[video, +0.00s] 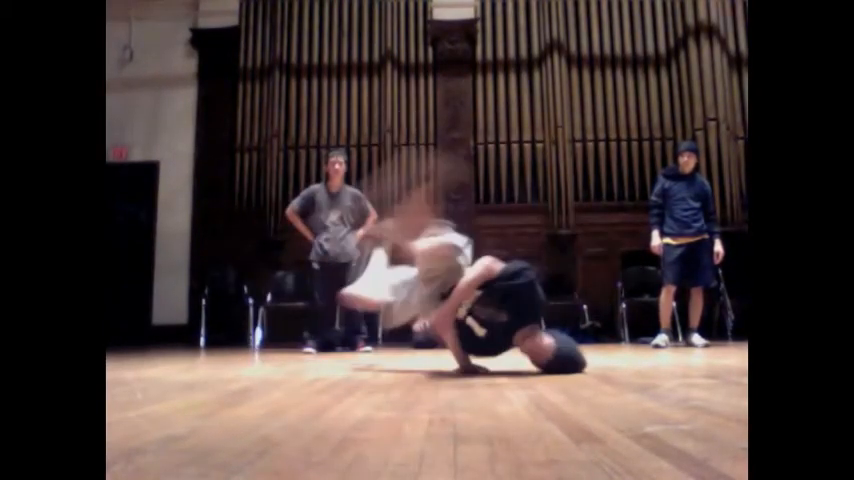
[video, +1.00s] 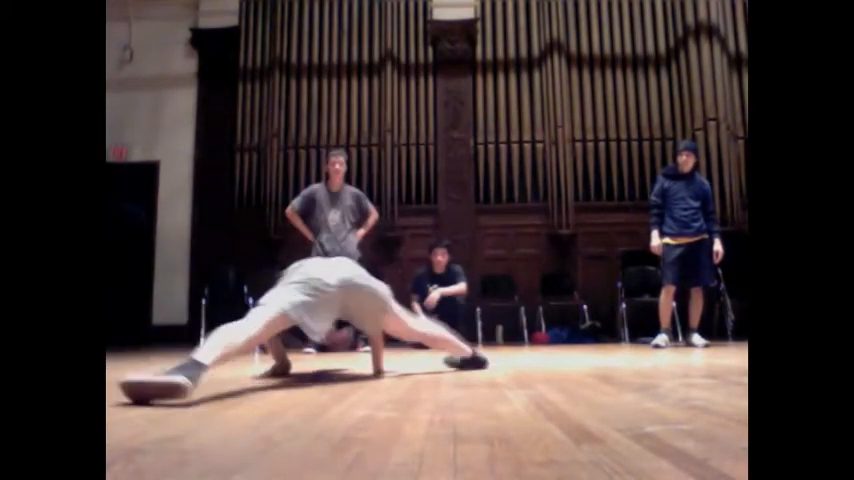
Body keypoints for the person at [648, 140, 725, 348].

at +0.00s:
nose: (686, 161)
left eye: (690, 157)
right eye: (683, 156)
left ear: (696, 160)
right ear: (677, 159)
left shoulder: (702, 184)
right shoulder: (665, 181)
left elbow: (710, 215)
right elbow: (655, 208)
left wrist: (716, 239)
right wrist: (655, 233)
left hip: (699, 240)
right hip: (673, 240)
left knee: (697, 287)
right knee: (669, 286)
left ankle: (693, 332)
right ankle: (664, 332)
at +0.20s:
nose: (686, 161)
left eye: (690, 157)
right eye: (683, 156)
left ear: (696, 160)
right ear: (677, 159)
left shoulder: (702, 184)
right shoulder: (665, 181)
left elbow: (710, 215)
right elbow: (655, 208)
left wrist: (716, 239)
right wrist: (655, 233)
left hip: (699, 240)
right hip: (673, 240)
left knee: (697, 287)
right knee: (669, 286)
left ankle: (693, 332)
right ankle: (664, 332)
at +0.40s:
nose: (686, 160)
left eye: (691, 156)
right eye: (683, 156)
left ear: (697, 159)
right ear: (678, 158)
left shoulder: (702, 184)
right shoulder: (665, 181)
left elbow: (710, 215)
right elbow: (655, 208)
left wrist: (716, 240)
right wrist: (655, 233)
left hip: (699, 240)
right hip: (673, 240)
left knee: (697, 287)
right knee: (669, 286)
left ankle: (693, 332)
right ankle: (664, 332)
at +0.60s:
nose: (685, 160)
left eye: (689, 156)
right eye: (682, 156)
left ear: (696, 159)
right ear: (677, 158)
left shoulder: (702, 184)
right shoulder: (665, 181)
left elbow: (711, 215)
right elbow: (656, 209)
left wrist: (716, 239)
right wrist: (655, 233)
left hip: (699, 240)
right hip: (673, 241)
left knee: (697, 288)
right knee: (669, 287)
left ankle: (693, 332)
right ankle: (664, 332)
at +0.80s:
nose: (685, 160)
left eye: (689, 156)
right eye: (681, 156)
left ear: (696, 159)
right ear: (677, 158)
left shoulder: (702, 184)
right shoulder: (665, 181)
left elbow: (711, 215)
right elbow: (656, 209)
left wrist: (716, 239)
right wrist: (655, 233)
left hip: (699, 240)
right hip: (673, 240)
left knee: (697, 288)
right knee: (669, 287)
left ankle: (693, 332)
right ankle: (664, 332)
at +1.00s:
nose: (684, 160)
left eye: (688, 156)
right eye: (681, 155)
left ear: (695, 159)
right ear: (676, 158)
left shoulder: (702, 184)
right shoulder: (664, 181)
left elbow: (710, 215)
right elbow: (655, 209)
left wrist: (716, 239)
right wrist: (655, 234)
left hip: (699, 240)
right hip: (672, 241)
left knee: (697, 288)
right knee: (669, 287)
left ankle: (693, 332)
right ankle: (664, 332)